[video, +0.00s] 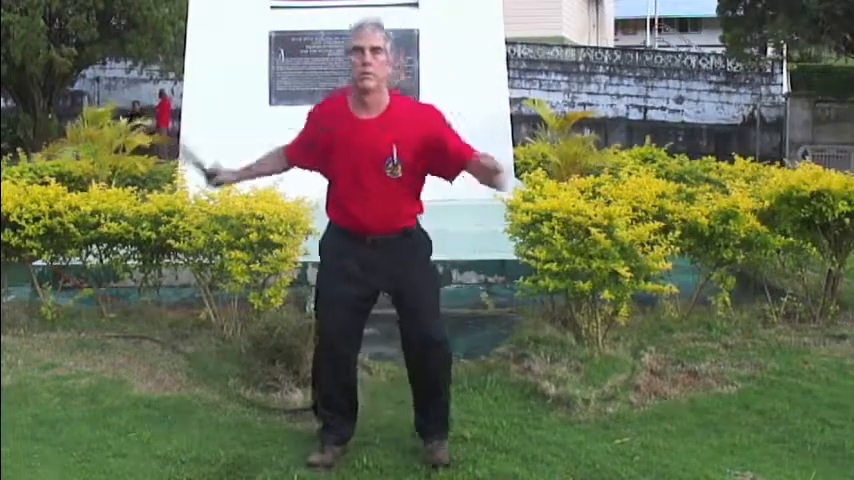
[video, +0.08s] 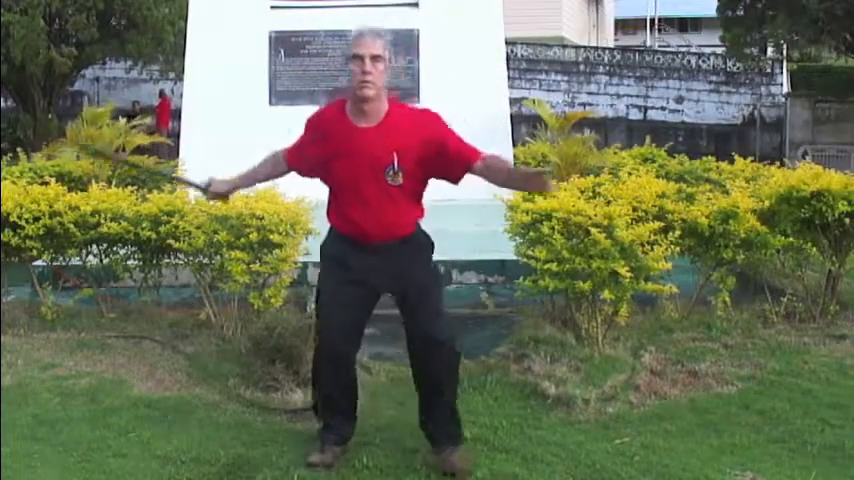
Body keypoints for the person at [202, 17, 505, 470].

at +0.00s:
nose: (365, 61)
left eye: (375, 52)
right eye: (357, 52)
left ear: (393, 62)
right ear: (347, 61)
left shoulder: (421, 119)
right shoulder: (328, 115)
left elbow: (467, 161)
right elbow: (289, 156)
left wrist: (490, 170)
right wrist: (235, 174)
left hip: (405, 247)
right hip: (344, 247)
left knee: (428, 340)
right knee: (333, 343)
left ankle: (434, 435)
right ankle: (333, 435)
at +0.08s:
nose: (365, 68)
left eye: (375, 60)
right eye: (357, 60)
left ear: (390, 68)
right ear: (347, 68)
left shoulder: (422, 125)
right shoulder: (326, 123)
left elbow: (482, 164)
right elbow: (285, 160)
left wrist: (532, 178)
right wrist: (235, 182)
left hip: (408, 252)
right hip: (346, 253)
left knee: (436, 343)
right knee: (332, 347)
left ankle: (446, 443)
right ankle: (334, 436)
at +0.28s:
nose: (390, 96)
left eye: (399, 88)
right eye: (380, 87)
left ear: (411, 98)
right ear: (364, 97)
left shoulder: (440, 153)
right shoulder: (339, 154)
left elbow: (511, 183)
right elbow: (294, 201)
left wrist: (575, 187)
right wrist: (245, 228)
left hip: (422, 272)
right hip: (359, 273)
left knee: (455, 356)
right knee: (335, 366)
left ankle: (497, 465)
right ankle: (334, 438)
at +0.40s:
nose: (424, 108)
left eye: (434, 101)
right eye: (414, 100)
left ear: (445, 111)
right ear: (398, 109)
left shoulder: (467, 167)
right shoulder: (368, 166)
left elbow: (523, 207)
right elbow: (327, 234)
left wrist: (583, 212)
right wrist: (284, 278)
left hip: (443, 289)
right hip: (379, 289)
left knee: (479, 366)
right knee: (351, 382)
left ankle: (496, 468)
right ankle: (334, 440)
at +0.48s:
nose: (445, 110)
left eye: (455, 102)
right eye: (435, 101)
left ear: (465, 113)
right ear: (417, 111)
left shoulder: (483, 170)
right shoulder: (386, 170)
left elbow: (527, 221)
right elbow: (351, 241)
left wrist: (578, 229)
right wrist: (319, 297)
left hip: (454, 291)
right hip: (391, 291)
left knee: (489, 368)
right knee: (359, 384)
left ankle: (498, 468)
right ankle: (336, 441)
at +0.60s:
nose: (487, 108)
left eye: (495, 99)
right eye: (474, 99)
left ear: (502, 110)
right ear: (455, 109)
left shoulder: (511, 171)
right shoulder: (424, 166)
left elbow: (530, 239)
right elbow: (400, 249)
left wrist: (575, 260)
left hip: (472, 289)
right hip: (419, 287)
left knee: (501, 370)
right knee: (378, 364)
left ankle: (500, 471)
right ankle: (337, 440)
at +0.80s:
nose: (516, 106)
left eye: (524, 98)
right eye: (505, 97)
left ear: (533, 108)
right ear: (485, 105)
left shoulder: (528, 164)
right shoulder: (457, 154)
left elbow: (527, 231)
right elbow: (466, 231)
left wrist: (531, 261)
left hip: (481, 286)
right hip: (423, 281)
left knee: (512, 370)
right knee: (381, 368)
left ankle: (501, 470)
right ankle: (329, 437)